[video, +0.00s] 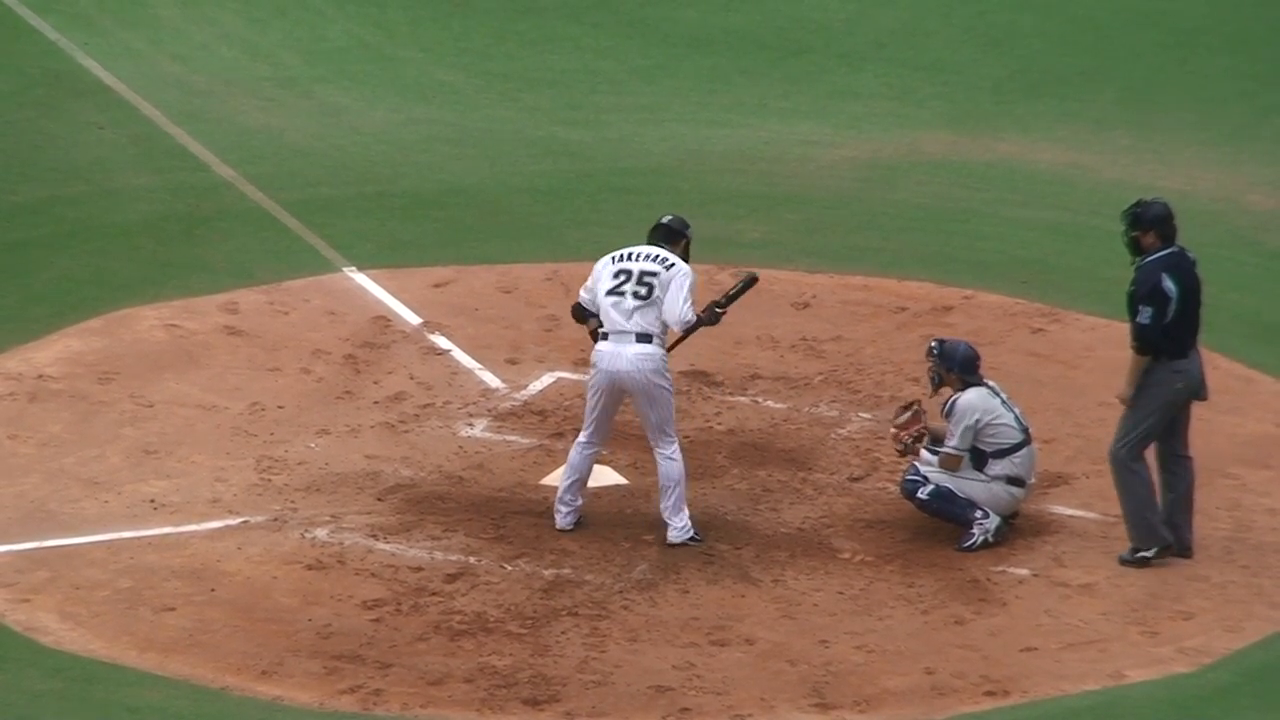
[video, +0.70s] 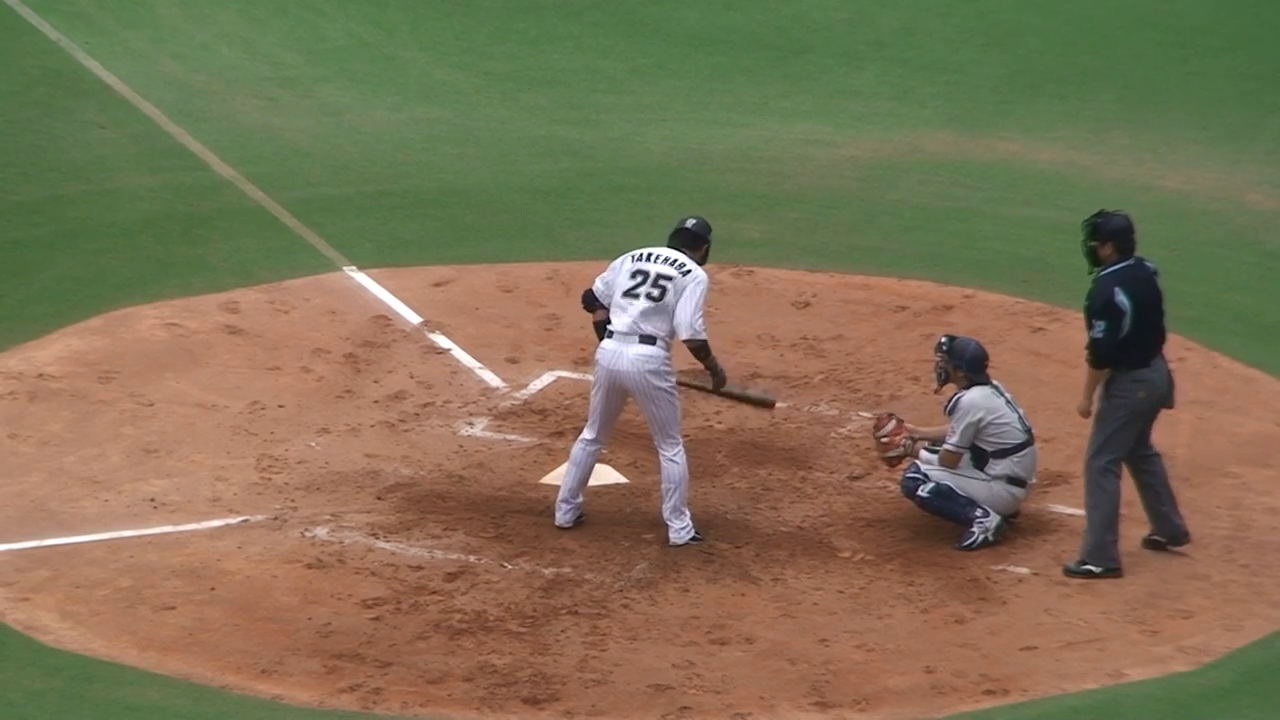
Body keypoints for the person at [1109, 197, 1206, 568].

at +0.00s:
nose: (1131, 237)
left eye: (1135, 232)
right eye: (1133, 230)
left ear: (1148, 236)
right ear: (1166, 232)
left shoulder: (1152, 272)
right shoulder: (1183, 261)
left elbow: (1144, 341)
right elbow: (1185, 323)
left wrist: (1129, 385)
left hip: (1163, 373)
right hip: (1186, 369)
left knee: (1124, 451)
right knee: (1174, 453)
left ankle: (1149, 540)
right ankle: (1177, 536)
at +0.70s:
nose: (1091, 247)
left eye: (1096, 242)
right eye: (1092, 241)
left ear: (1109, 247)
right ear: (1124, 245)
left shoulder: (1105, 288)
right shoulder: (1145, 272)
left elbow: (1100, 352)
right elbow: (1151, 330)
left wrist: (1087, 396)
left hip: (1128, 383)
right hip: (1156, 375)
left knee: (1101, 463)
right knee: (1139, 450)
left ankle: (1100, 556)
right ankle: (1170, 528)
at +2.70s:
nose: (1091, 237)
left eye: (1096, 232)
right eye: (1093, 230)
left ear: (1109, 238)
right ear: (1124, 235)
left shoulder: (1108, 276)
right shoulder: (1142, 262)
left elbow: (1104, 343)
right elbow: (1144, 321)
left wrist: (1091, 387)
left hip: (1123, 373)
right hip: (1145, 364)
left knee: (1108, 457)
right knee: (1138, 443)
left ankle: (1102, 553)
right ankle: (1144, 512)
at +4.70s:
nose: (1092, 237)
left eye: (1096, 233)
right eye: (1095, 231)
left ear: (1107, 238)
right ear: (1125, 234)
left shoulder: (1106, 278)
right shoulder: (1142, 262)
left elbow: (1102, 344)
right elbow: (1143, 321)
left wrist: (1092, 387)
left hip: (1120, 373)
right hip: (1144, 364)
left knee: (1109, 457)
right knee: (1137, 443)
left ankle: (1105, 552)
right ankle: (1146, 512)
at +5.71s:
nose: (1057, 275)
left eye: (1061, 269)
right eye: (1057, 269)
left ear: (1075, 272)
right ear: (1087, 267)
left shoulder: (1084, 305)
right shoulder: (1113, 286)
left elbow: (1090, 366)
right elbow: (1132, 343)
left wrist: (1079, 416)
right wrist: (1114, 390)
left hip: (1150, 387)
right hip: (1166, 378)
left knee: (1094, 460)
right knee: (1131, 441)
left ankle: (1095, 552)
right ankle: (1142, 513)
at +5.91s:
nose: (1055, 289)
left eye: (1058, 283)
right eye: (1054, 283)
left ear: (1072, 285)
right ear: (1085, 280)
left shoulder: (1082, 318)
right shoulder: (1111, 299)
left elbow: (1091, 380)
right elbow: (1132, 352)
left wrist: (1080, 429)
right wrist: (1118, 401)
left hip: (1153, 396)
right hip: (1170, 387)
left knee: (1086, 464)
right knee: (1128, 438)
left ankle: (1095, 552)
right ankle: (1140, 512)